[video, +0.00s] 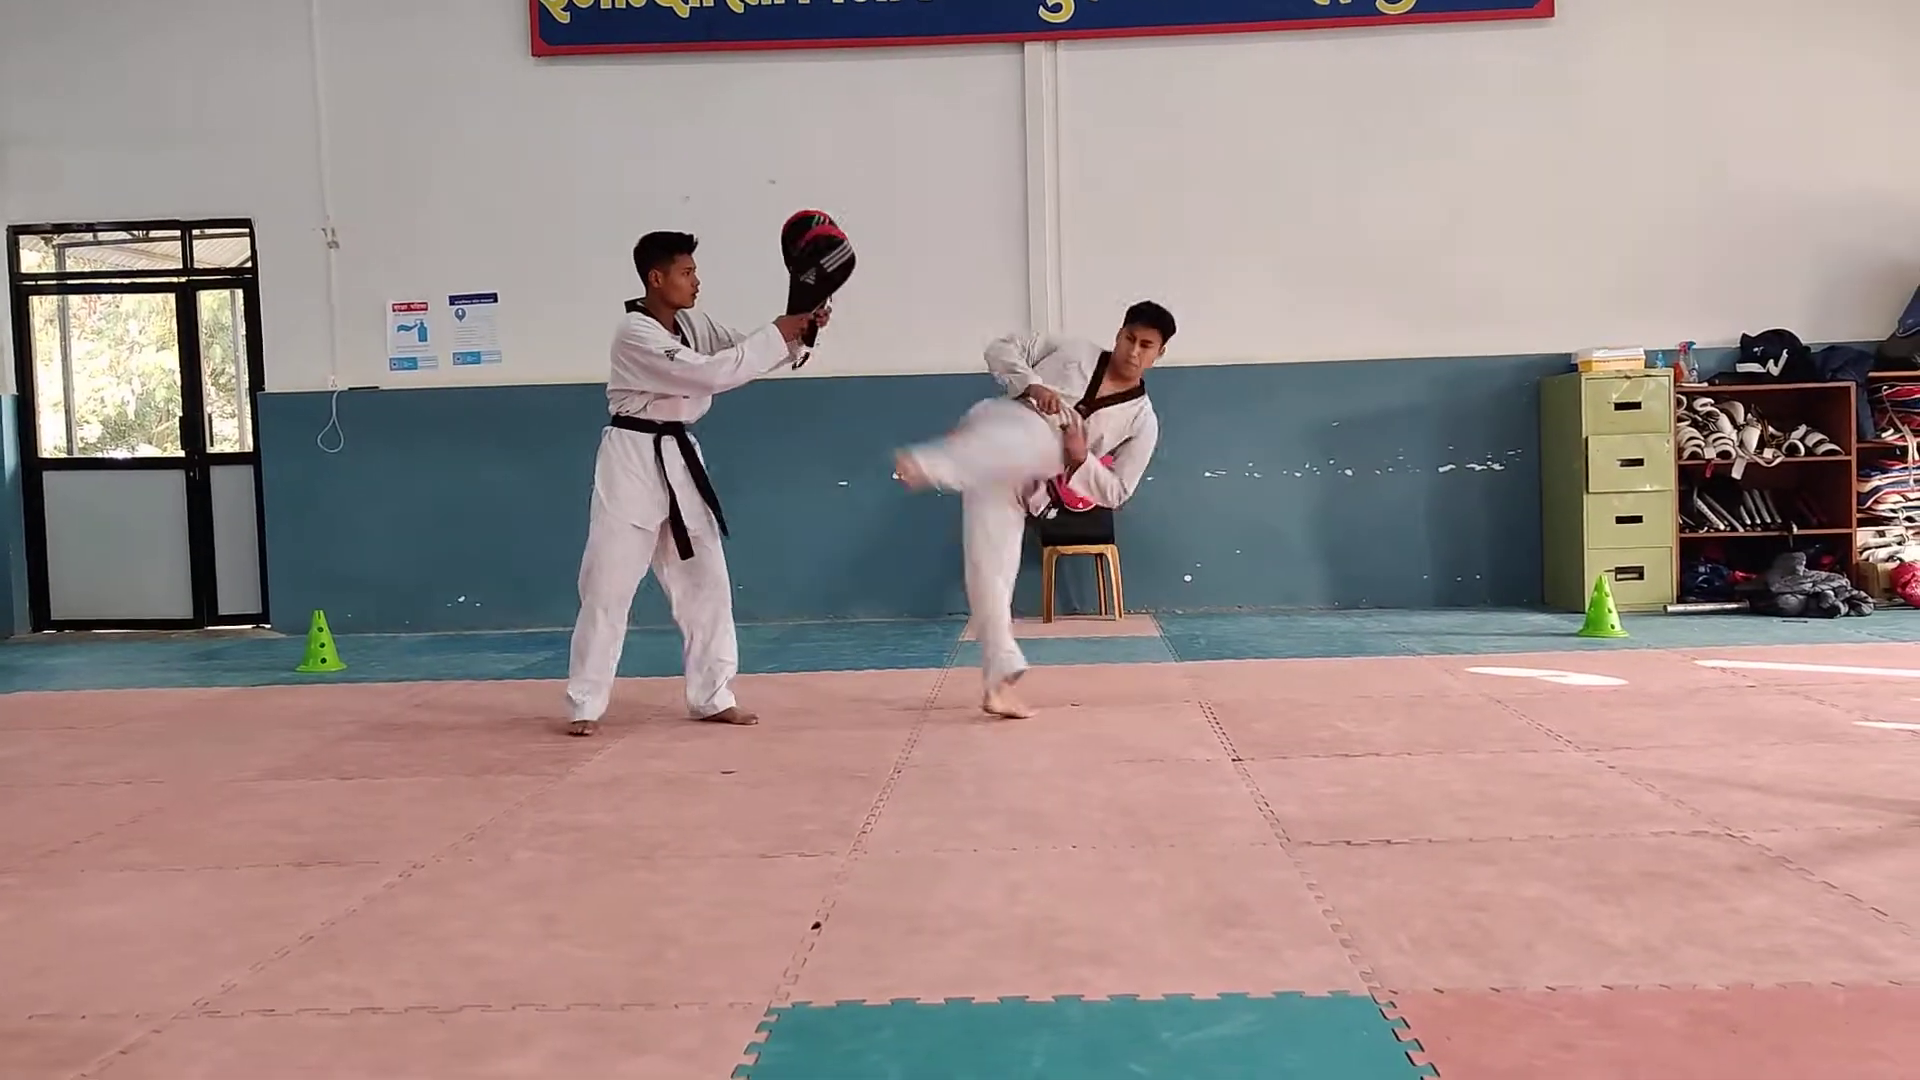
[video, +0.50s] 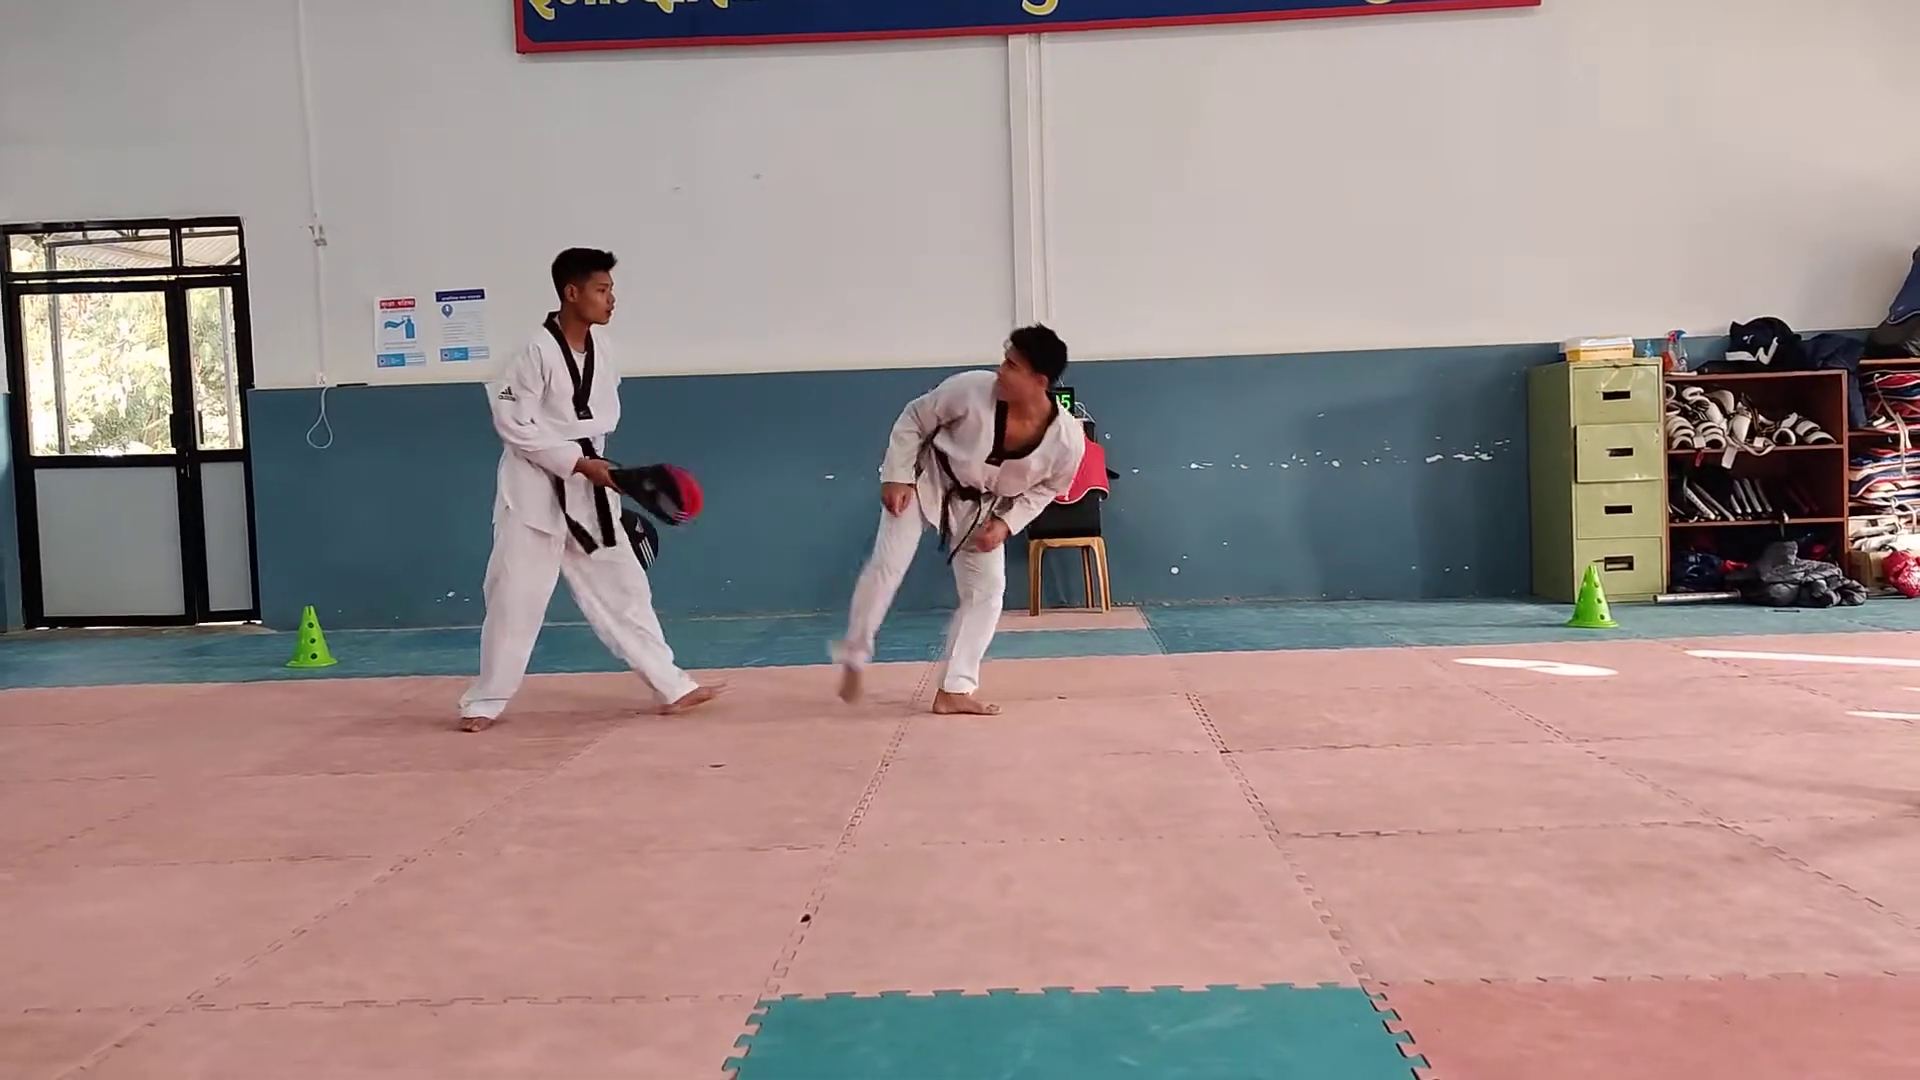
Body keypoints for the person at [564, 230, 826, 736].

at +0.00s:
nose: (696, 280)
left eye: (695, 271)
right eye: (686, 271)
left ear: (678, 278)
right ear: (655, 278)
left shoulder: (697, 326)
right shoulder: (633, 333)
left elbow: (745, 359)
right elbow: (707, 374)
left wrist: (800, 335)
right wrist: (777, 335)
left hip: (681, 459)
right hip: (629, 458)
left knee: (706, 576)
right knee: (608, 580)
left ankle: (711, 696)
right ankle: (585, 705)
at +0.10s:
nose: (679, 280)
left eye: (678, 271)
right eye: (670, 272)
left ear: (661, 279)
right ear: (638, 278)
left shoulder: (682, 326)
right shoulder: (617, 333)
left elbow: (733, 349)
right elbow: (688, 370)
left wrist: (786, 332)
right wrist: (763, 331)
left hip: (663, 459)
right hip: (612, 457)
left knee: (693, 577)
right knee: (585, 576)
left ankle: (705, 695)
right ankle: (550, 695)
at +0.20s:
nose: (652, 281)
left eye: (651, 272)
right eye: (642, 273)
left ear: (629, 279)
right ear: (611, 279)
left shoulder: (653, 330)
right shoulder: (600, 328)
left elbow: (708, 356)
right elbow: (677, 350)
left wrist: (773, 361)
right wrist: (753, 335)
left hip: (640, 462)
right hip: (591, 460)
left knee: (682, 575)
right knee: (549, 585)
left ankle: (699, 693)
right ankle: (494, 699)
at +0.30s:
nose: (638, 284)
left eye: (637, 275)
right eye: (627, 276)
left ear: (620, 283)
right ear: (597, 284)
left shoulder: (635, 338)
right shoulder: (586, 337)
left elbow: (646, 410)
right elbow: (644, 397)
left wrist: (682, 451)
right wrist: (714, 409)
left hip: (620, 465)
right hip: (570, 464)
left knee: (666, 576)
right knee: (528, 579)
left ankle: (696, 692)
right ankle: (482, 701)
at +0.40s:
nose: (626, 296)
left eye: (626, 287)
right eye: (616, 288)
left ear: (606, 294)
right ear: (586, 294)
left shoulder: (617, 348)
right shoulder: (558, 353)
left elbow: (603, 426)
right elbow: (554, 432)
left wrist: (615, 474)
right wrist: (621, 461)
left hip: (601, 481)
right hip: (550, 482)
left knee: (642, 587)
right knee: (519, 595)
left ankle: (692, 690)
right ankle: (481, 704)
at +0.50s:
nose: (612, 298)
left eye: (611, 289)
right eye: (603, 289)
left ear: (588, 295)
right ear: (571, 293)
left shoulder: (602, 348)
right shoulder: (534, 352)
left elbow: (596, 426)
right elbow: (516, 426)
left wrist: (604, 481)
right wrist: (580, 463)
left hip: (588, 480)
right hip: (533, 483)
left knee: (624, 580)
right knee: (515, 590)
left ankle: (671, 684)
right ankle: (485, 701)